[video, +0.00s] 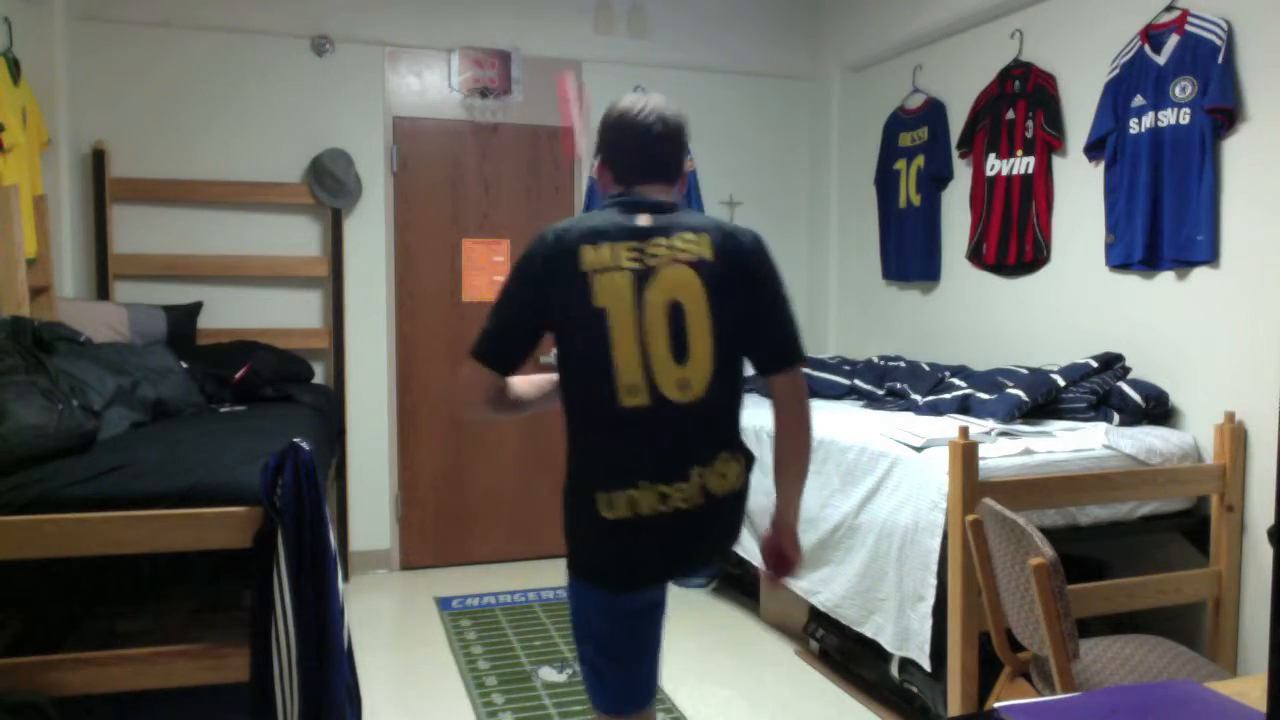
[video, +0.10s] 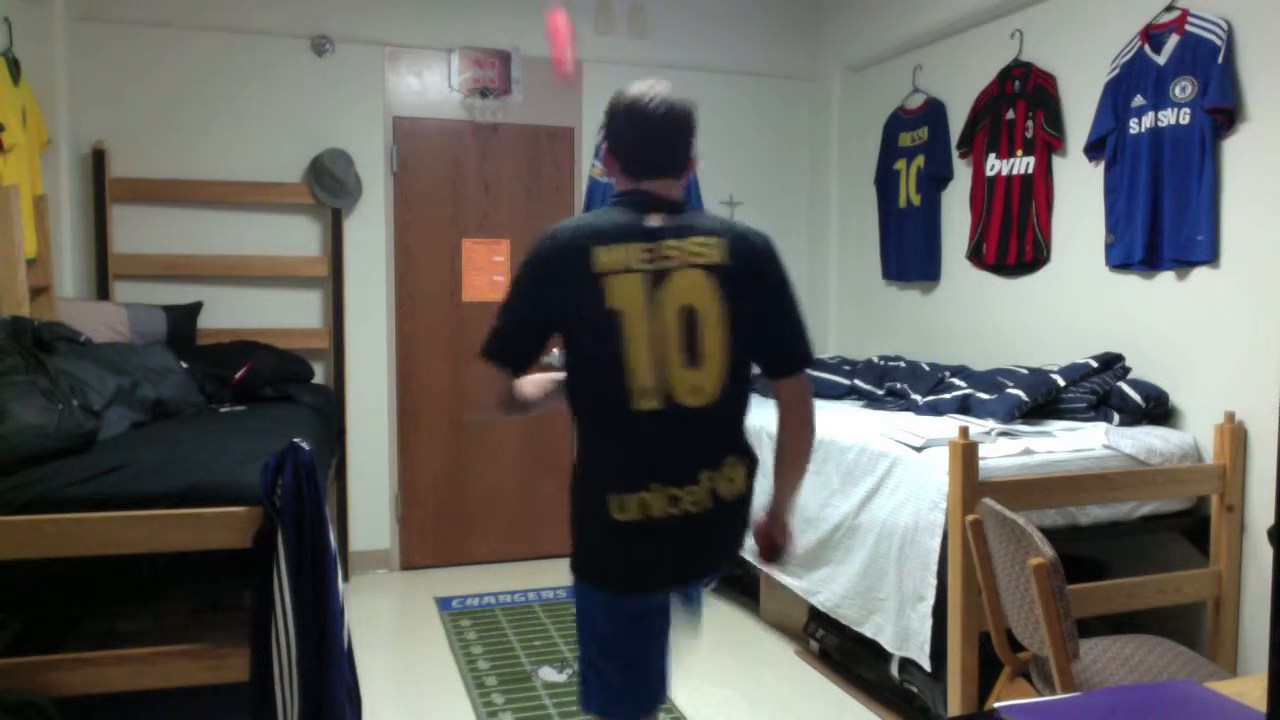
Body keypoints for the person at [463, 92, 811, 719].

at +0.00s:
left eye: (600, 162)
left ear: (602, 171)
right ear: (684, 169)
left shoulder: (557, 251)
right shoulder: (737, 250)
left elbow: (487, 394)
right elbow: (791, 397)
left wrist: (568, 377)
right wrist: (787, 519)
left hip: (612, 529)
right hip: (713, 522)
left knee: (624, 706)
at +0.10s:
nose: (608, 157)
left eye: (608, 148)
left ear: (608, 159)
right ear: (690, 157)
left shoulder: (565, 249)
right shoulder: (746, 251)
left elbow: (501, 394)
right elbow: (796, 401)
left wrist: (564, 379)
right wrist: (781, 508)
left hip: (618, 524)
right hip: (718, 517)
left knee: (621, 701)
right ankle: (648, 699)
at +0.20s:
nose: (610, 144)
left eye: (612, 135)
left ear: (615, 147)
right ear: (700, 147)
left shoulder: (578, 245)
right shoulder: (755, 247)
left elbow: (513, 394)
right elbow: (801, 404)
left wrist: (560, 386)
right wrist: (772, 500)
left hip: (628, 532)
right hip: (725, 520)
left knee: (624, 703)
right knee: (691, 667)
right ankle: (689, 699)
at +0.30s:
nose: (636, 140)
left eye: (638, 129)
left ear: (644, 141)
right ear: (722, 136)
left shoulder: (634, 248)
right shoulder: (776, 250)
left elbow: (579, 399)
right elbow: (801, 401)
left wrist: (560, 391)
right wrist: (752, 460)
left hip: (651, 535)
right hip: (743, 532)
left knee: (629, 707)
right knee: (726, 698)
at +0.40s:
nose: (652, 136)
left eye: (652, 124)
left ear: (659, 138)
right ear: (738, 134)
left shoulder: (659, 246)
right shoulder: (790, 247)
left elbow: (650, 409)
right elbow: (797, 401)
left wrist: (578, 395)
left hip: (669, 532)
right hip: (761, 531)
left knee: (640, 705)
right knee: (751, 705)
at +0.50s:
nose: (676, 137)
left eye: (677, 125)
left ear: (684, 137)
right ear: (764, 138)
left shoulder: (688, 237)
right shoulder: (810, 247)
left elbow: (689, 406)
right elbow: (792, 388)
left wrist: (614, 396)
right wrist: (640, 394)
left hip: (698, 541)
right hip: (791, 540)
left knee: (633, 705)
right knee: (768, 711)